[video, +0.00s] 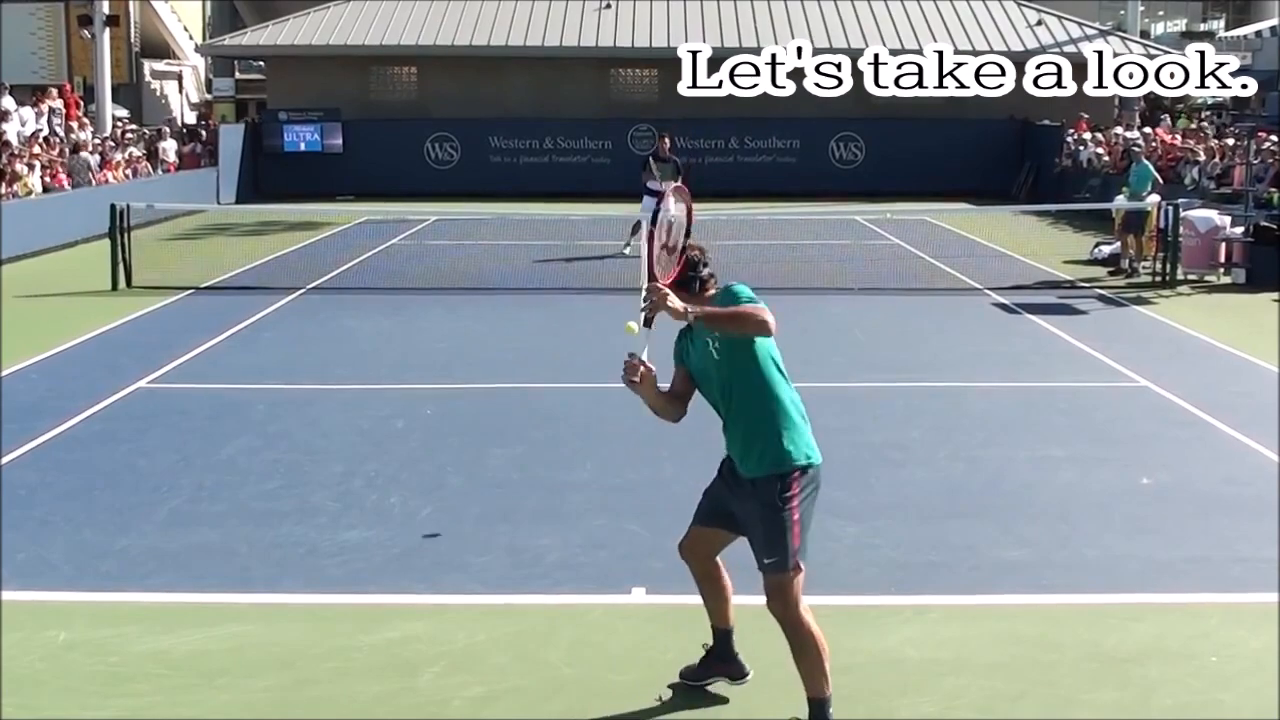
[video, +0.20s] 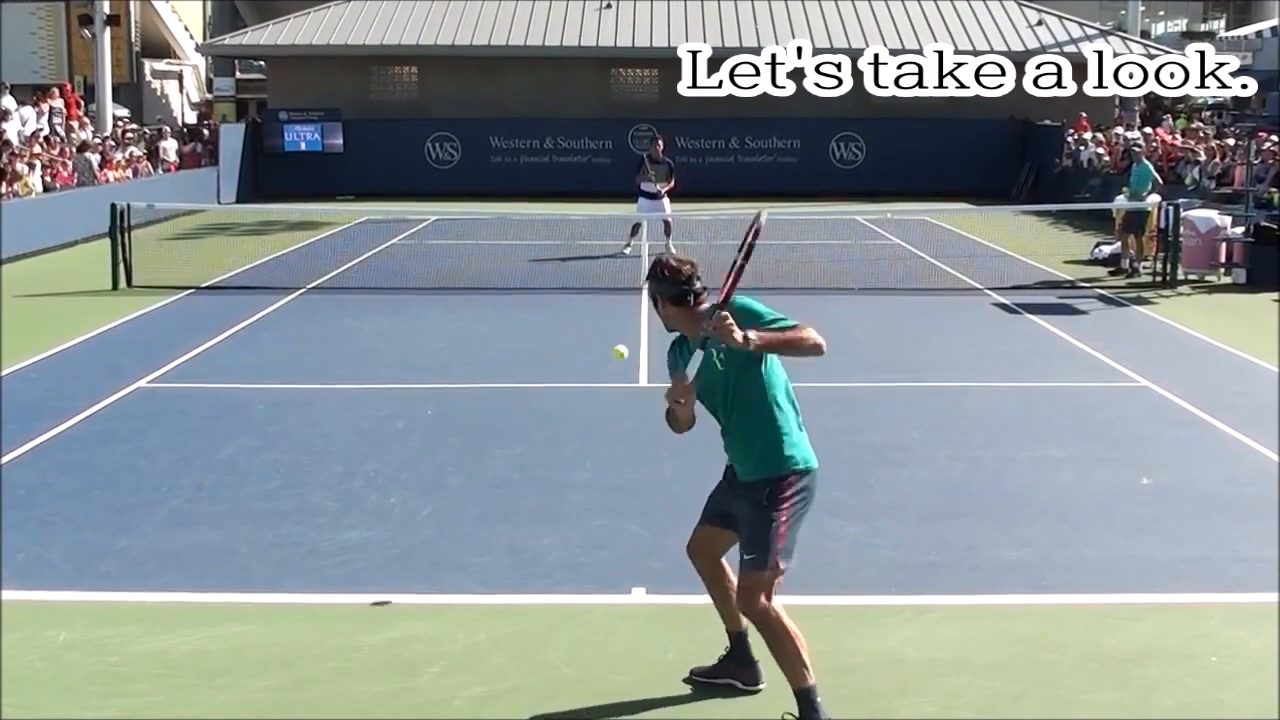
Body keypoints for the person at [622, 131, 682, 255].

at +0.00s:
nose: (664, 146)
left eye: (666, 143)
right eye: (662, 143)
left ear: (669, 145)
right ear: (658, 145)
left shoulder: (675, 161)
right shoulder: (650, 160)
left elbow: (679, 177)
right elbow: (645, 178)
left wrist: (674, 187)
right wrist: (660, 184)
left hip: (668, 194)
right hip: (652, 194)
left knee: (672, 218)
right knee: (643, 219)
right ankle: (629, 243)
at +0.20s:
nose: (657, 148)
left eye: (659, 146)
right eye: (655, 146)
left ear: (662, 147)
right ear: (651, 147)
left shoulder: (668, 163)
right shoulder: (644, 160)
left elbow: (672, 181)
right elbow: (638, 179)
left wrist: (664, 189)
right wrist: (647, 176)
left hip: (661, 195)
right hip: (645, 195)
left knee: (668, 220)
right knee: (639, 221)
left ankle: (668, 243)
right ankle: (629, 243)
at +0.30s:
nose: (655, 140)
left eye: (657, 137)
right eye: (653, 137)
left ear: (661, 139)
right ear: (650, 139)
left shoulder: (667, 154)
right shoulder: (642, 152)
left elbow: (671, 171)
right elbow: (636, 170)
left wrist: (663, 181)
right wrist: (646, 169)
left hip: (659, 189)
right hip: (644, 189)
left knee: (665, 216)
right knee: (637, 216)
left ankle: (668, 241)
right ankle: (628, 241)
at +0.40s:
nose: (656, 132)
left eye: (657, 129)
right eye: (654, 129)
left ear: (661, 131)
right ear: (649, 131)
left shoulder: (666, 146)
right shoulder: (641, 145)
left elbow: (671, 164)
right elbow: (636, 163)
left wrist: (663, 174)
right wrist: (645, 162)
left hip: (658, 181)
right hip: (643, 181)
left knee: (664, 211)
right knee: (634, 210)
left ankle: (669, 238)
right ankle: (626, 236)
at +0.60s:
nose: (655, 136)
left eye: (657, 134)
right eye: (653, 134)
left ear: (660, 135)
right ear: (649, 135)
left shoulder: (666, 152)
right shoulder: (641, 149)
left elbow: (669, 170)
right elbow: (635, 169)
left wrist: (662, 182)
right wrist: (649, 174)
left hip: (657, 186)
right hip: (641, 185)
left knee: (664, 214)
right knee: (631, 213)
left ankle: (673, 238)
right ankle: (619, 238)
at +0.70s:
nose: (655, 144)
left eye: (657, 141)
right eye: (652, 141)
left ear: (660, 143)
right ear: (647, 143)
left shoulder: (665, 159)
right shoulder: (637, 156)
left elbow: (668, 178)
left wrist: (659, 187)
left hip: (658, 192)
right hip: (641, 191)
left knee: (666, 216)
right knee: (632, 215)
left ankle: (672, 242)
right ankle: (619, 242)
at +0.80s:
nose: (657, 143)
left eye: (659, 141)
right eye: (655, 141)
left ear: (662, 142)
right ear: (650, 142)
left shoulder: (666, 158)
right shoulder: (642, 154)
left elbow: (667, 180)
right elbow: (635, 166)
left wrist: (654, 185)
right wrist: (641, 176)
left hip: (661, 192)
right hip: (644, 191)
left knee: (667, 216)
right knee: (632, 215)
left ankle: (673, 241)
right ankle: (619, 241)